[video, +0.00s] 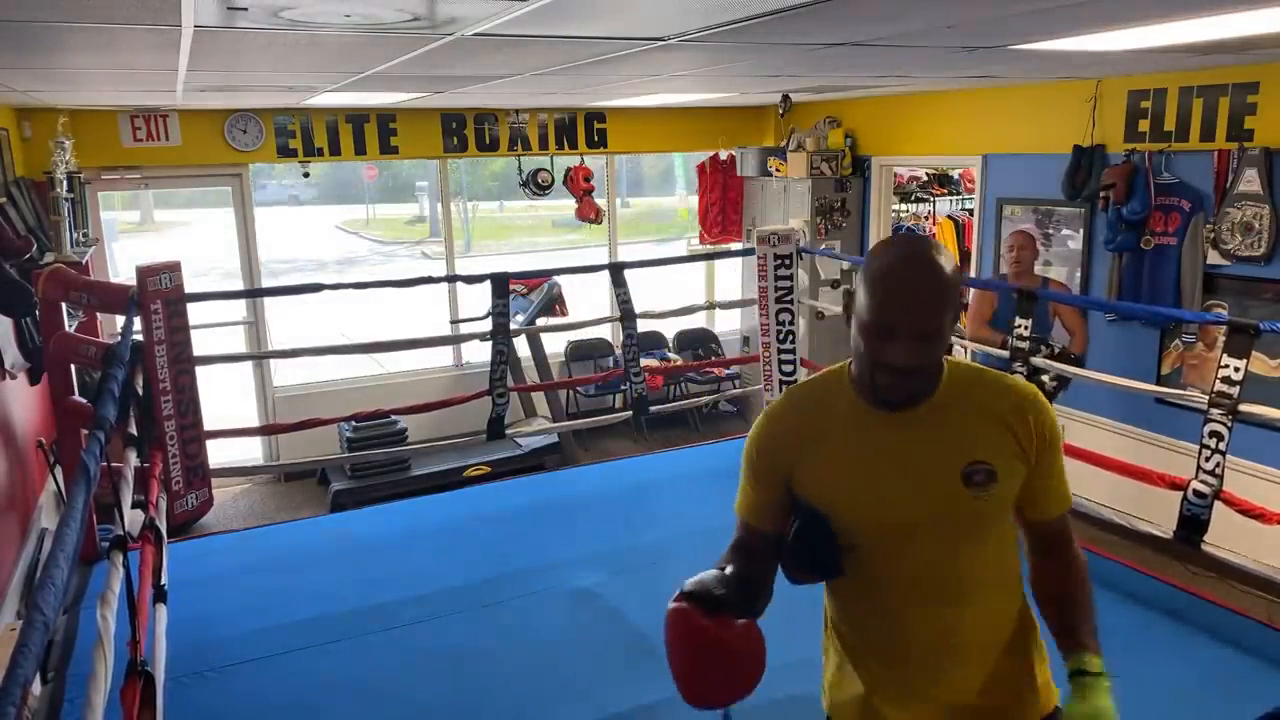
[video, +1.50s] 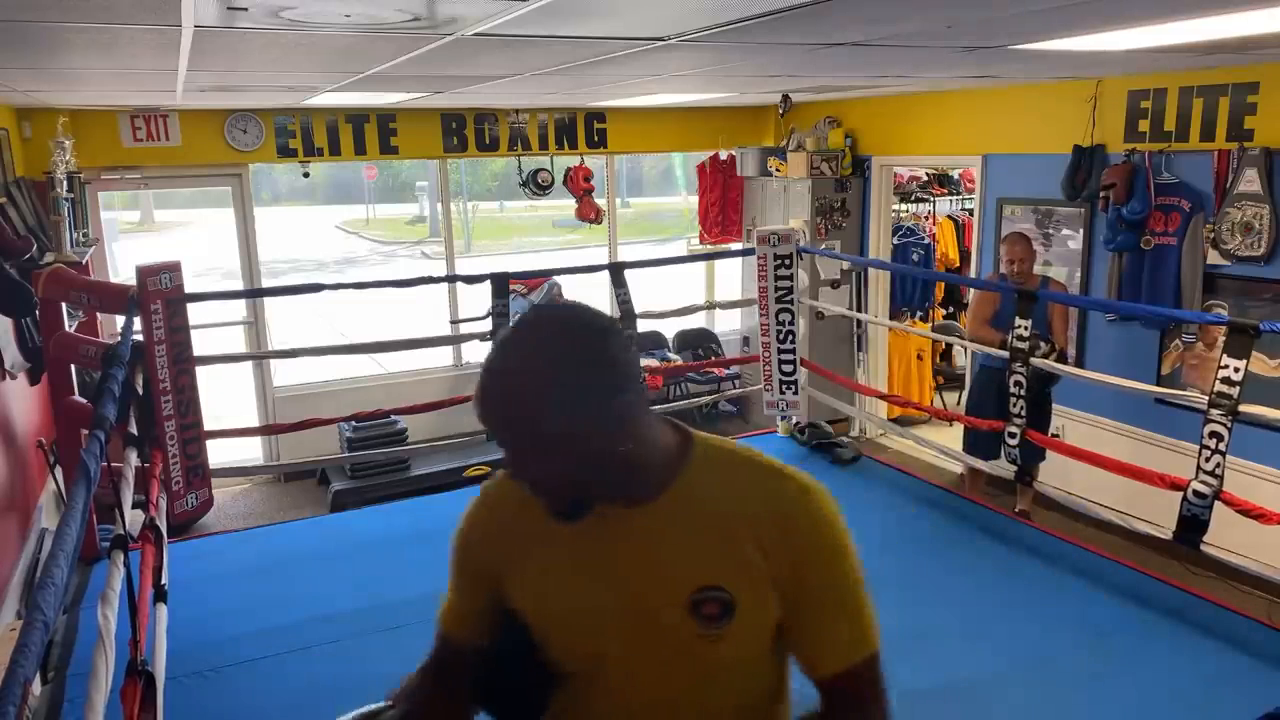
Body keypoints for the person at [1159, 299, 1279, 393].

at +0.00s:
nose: (1220, 326)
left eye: (1223, 321)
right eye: (1215, 320)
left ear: (1226, 327)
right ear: (1201, 325)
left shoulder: (1232, 350)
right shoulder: (1189, 349)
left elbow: (1271, 367)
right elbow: (1163, 369)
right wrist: (1179, 345)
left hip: (1218, 408)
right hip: (1188, 404)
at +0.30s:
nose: (1220, 325)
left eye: (1223, 321)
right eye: (1215, 320)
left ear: (1226, 327)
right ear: (1201, 324)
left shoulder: (1232, 350)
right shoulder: (1189, 349)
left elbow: (1271, 367)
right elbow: (1163, 369)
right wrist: (1179, 345)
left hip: (1218, 407)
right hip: (1188, 403)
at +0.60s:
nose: (1219, 325)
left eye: (1223, 321)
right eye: (1214, 319)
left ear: (1226, 326)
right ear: (1201, 324)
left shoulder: (1232, 350)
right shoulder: (1189, 349)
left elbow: (1271, 368)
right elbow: (1163, 369)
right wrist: (1179, 345)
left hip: (1218, 408)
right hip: (1188, 404)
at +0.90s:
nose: (1220, 327)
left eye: (1223, 322)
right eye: (1215, 322)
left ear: (1226, 327)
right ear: (1201, 325)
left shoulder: (1231, 350)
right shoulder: (1190, 348)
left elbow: (1270, 368)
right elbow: (1163, 369)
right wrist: (1178, 347)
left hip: (1218, 405)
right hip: (1189, 401)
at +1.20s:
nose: (1220, 327)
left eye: (1223, 322)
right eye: (1215, 321)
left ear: (1226, 327)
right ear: (1201, 325)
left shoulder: (1231, 350)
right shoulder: (1189, 348)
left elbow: (1270, 368)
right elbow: (1163, 369)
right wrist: (1178, 346)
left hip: (1218, 405)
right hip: (1189, 401)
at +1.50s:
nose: (1220, 327)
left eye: (1223, 323)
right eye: (1214, 321)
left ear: (1226, 328)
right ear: (1201, 326)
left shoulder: (1231, 350)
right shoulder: (1189, 349)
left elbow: (1271, 368)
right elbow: (1162, 370)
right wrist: (1178, 347)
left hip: (1218, 406)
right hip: (1189, 402)